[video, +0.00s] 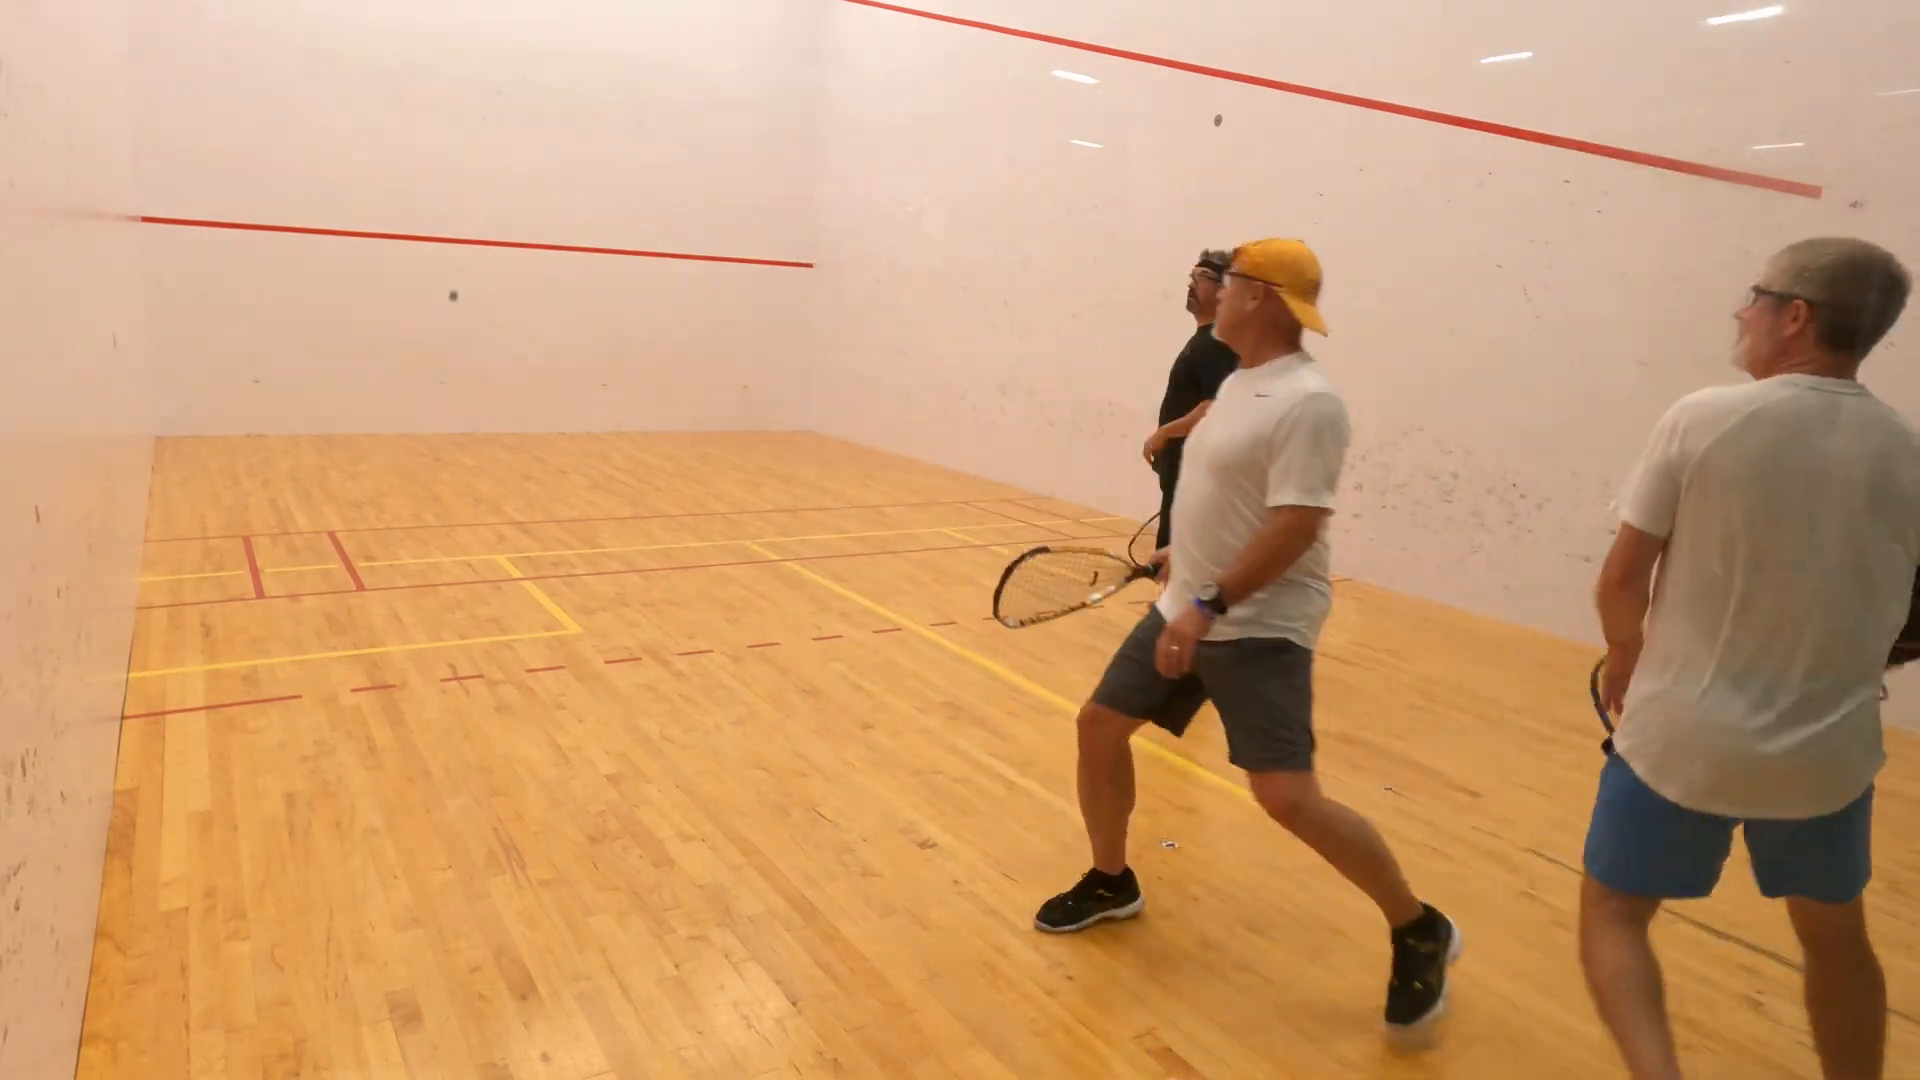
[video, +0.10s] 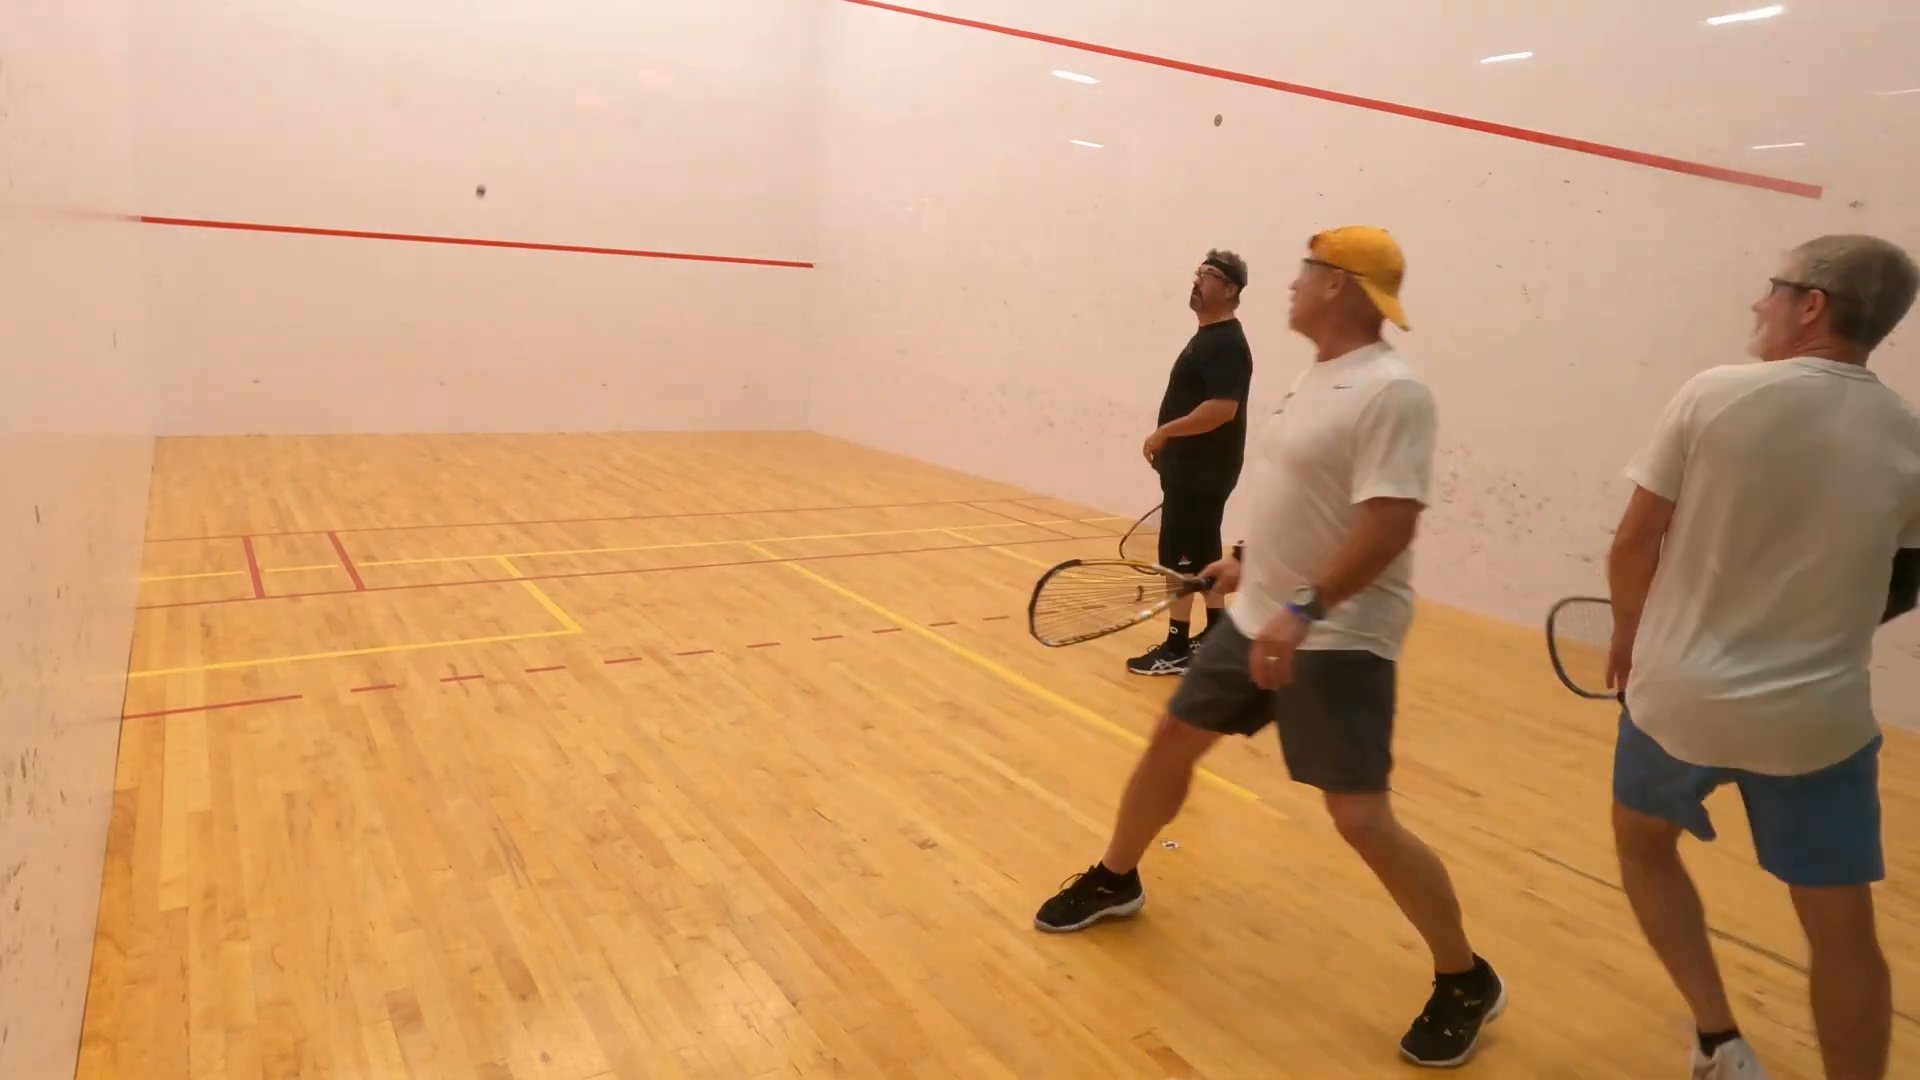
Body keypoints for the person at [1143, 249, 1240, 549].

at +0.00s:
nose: (1191, 284)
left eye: (1201, 278)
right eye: (1192, 276)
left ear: (1222, 290)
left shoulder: (1217, 345)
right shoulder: (1202, 338)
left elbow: (1214, 406)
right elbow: (1205, 403)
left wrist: (1165, 433)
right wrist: (1164, 438)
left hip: (1189, 467)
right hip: (1177, 464)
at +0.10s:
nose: (1195, 283)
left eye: (1205, 278)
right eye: (1197, 276)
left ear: (1230, 291)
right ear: (1208, 287)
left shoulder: (1226, 342)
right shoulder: (1211, 335)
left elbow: (1223, 407)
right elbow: (1205, 405)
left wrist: (1165, 432)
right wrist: (1165, 441)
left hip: (1200, 469)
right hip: (1197, 465)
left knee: (1178, 555)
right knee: (1206, 551)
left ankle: (1177, 644)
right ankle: (1217, 636)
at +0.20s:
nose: (1199, 281)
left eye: (1210, 277)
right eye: (1201, 274)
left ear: (1233, 291)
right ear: (1208, 285)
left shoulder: (1227, 342)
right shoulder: (1212, 335)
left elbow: (1225, 407)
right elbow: (1199, 402)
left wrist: (1165, 431)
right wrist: (1167, 445)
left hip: (1201, 466)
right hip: (1197, 462)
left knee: (1176, 552)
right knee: (1205, 547)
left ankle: (1177, 646)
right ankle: (1216, 634)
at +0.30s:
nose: (1201, 280)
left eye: (1213, 277)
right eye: (1203, 274)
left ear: (1235, 292)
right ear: (1206, 285)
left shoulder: (1229, 343)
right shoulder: (1210, 336)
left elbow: (1226, 407)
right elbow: (1196, 402)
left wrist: (1165, 430)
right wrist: (1167, 447)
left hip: (1201, 465)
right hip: (1194, 462)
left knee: (1175, 550)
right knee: (1203, 547)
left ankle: (1179, 647)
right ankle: (1217, 635)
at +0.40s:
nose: (1205, 282)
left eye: (1216, 279)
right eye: (1205, 276)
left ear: (1236, 295)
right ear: (1201, 283)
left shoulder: (1229, 344)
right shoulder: (1208, 337)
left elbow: (1227, 408)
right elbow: (1194, 403)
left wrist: (1165, 430)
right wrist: (1166, 451)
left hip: (1198, 467)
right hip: (1192, 463)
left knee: (1170, 552)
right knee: (1200, 548)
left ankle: (1176, 648)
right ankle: (1217, 637)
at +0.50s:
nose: (1207, 287)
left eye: (1219, 284)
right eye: (1205, 280)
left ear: (1235, 299)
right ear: (1198, 286)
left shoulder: (1228, 349)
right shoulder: (1200, 339)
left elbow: (1225, 411)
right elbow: (1186, 403)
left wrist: (1162, 432)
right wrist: (1159, 449)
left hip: (1197, 465)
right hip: (1185, 461)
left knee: (1155, 548)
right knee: (1193, 545)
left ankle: (1170, 642)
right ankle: (1216, 636)